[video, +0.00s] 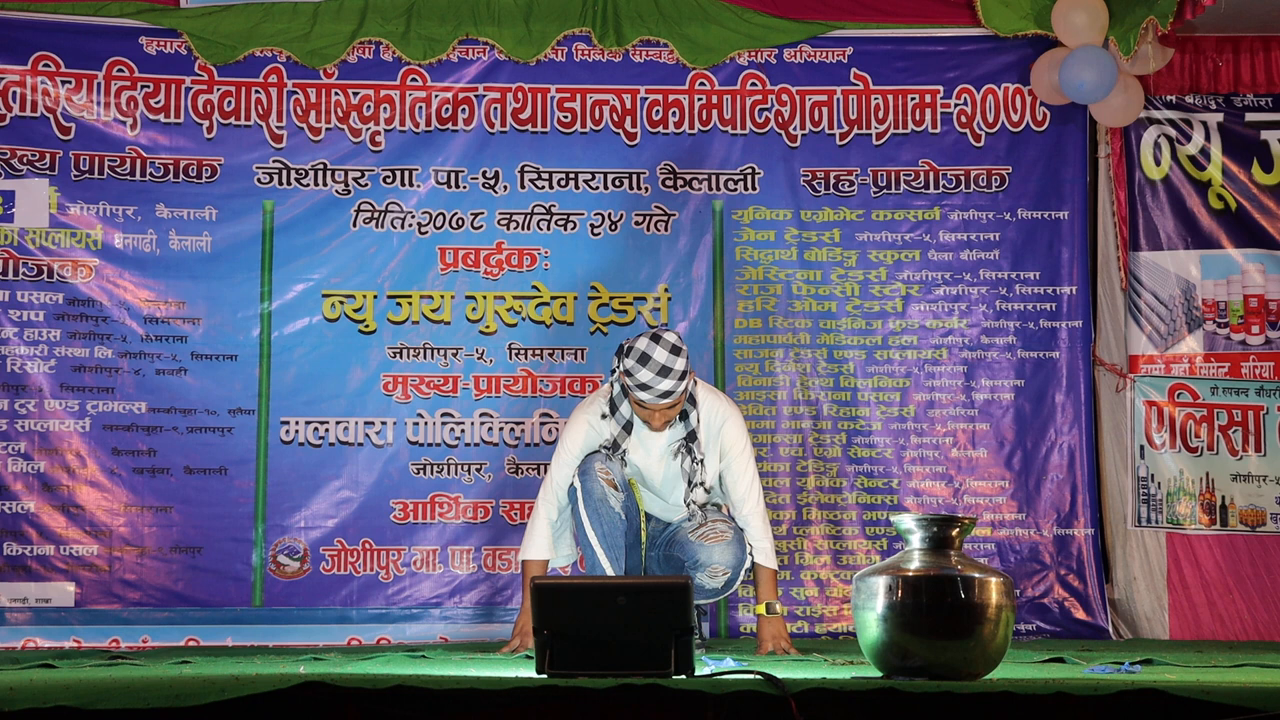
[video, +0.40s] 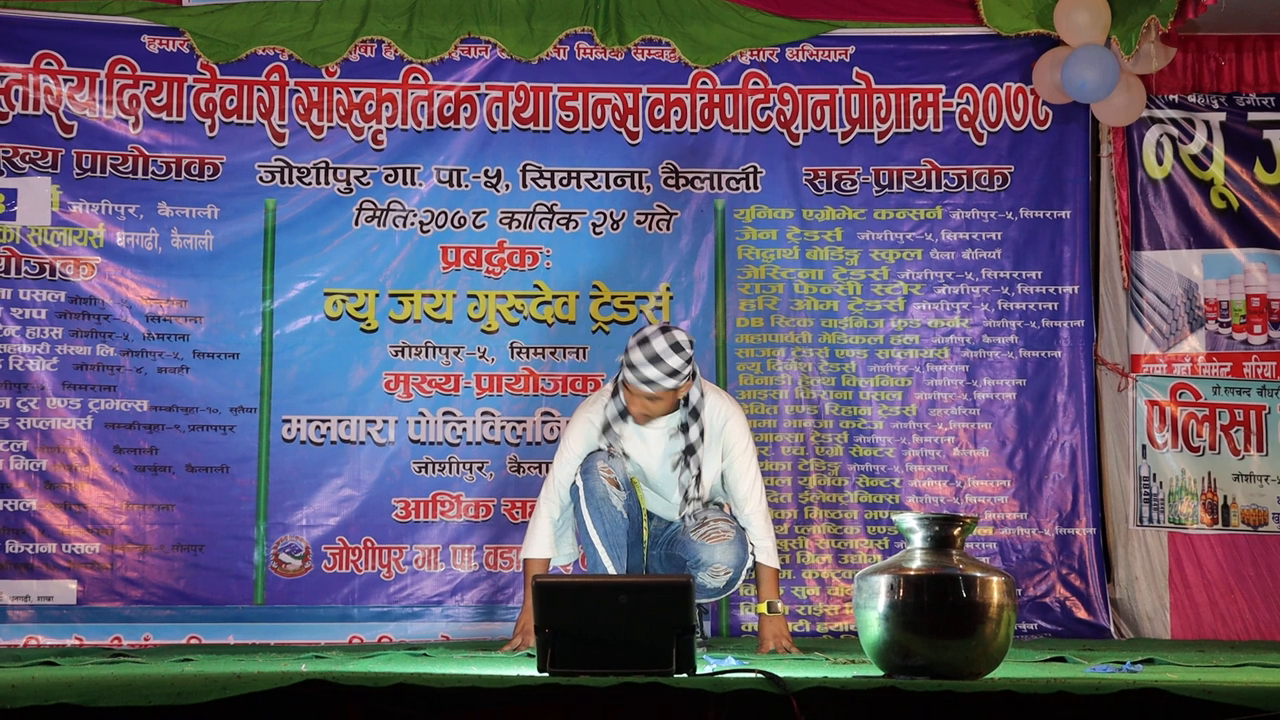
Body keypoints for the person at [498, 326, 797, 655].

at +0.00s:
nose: (657, 418)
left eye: (669, 407)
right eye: (645, 407)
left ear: (685, 388)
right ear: (626, 390)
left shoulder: (720, 415)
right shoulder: (593, 415)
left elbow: (752, 511)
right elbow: (549, 503)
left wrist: (769, 611)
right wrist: (530, 605)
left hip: (683, 542)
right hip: (621, 538)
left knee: (723, 549)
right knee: (596, 468)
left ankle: (685, 612)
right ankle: (616, 609)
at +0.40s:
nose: (634, 406)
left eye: (649, 399)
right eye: (628, 391)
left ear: (682, 388)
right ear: (623, 375)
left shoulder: (723, 416)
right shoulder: (597, 412)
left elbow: (755, 510)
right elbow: (551, 501)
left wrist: (770, 610)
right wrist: (530, 605)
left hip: (684, 544)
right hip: (623, 537)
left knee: (722, 543)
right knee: (598, 466)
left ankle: (684, 616)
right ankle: (618, 612)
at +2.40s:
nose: (617, 374)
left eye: (632, 367)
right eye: (618, 361)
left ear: (671, 374)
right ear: (615, 357)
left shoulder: (723, 413)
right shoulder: (595, 415)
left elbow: (759, 506)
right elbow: (564, 499)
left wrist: (774, 605)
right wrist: (525, 558)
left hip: (690, 542)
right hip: (626, 539)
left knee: (731, 536)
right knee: (605, 462)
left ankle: (688, 616)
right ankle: (622, 606)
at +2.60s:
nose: (616, 376)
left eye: (632, 368)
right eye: (617, 361)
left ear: (671, 375)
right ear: (614, 357)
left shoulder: (722, 412)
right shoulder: (596, 414)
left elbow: (759, 504)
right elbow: (558, 502)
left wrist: (775, 606)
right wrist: (528, 599)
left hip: (692, 538)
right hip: (629, 532)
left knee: (729, 547)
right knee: (600, 461)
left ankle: (687, 611)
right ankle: (617, 608)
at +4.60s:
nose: (622, 375)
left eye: (638, 368)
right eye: (622, 360)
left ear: (677, 374)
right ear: (619, 355)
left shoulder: (725, 413)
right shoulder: (597, 411)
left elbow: (760, 507)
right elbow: (558, 503)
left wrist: (777, 608)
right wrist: (542, 606)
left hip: (692, 539)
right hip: (629, 531)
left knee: (733, 547)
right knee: (601, 463)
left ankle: (687, 610)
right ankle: (620, 607)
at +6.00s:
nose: (623, 375)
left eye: (640, 368)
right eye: (624, 360)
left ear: (678, 374)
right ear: (621, 355)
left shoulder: (727, 414)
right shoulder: (599, 411)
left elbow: (762, 508)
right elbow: (558, 506)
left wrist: (777, 609)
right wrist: (541, 608)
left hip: (691, 539)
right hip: (628, 531)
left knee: (733, 547)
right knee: (604, 463)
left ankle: (688, 610)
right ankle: (620, 607)